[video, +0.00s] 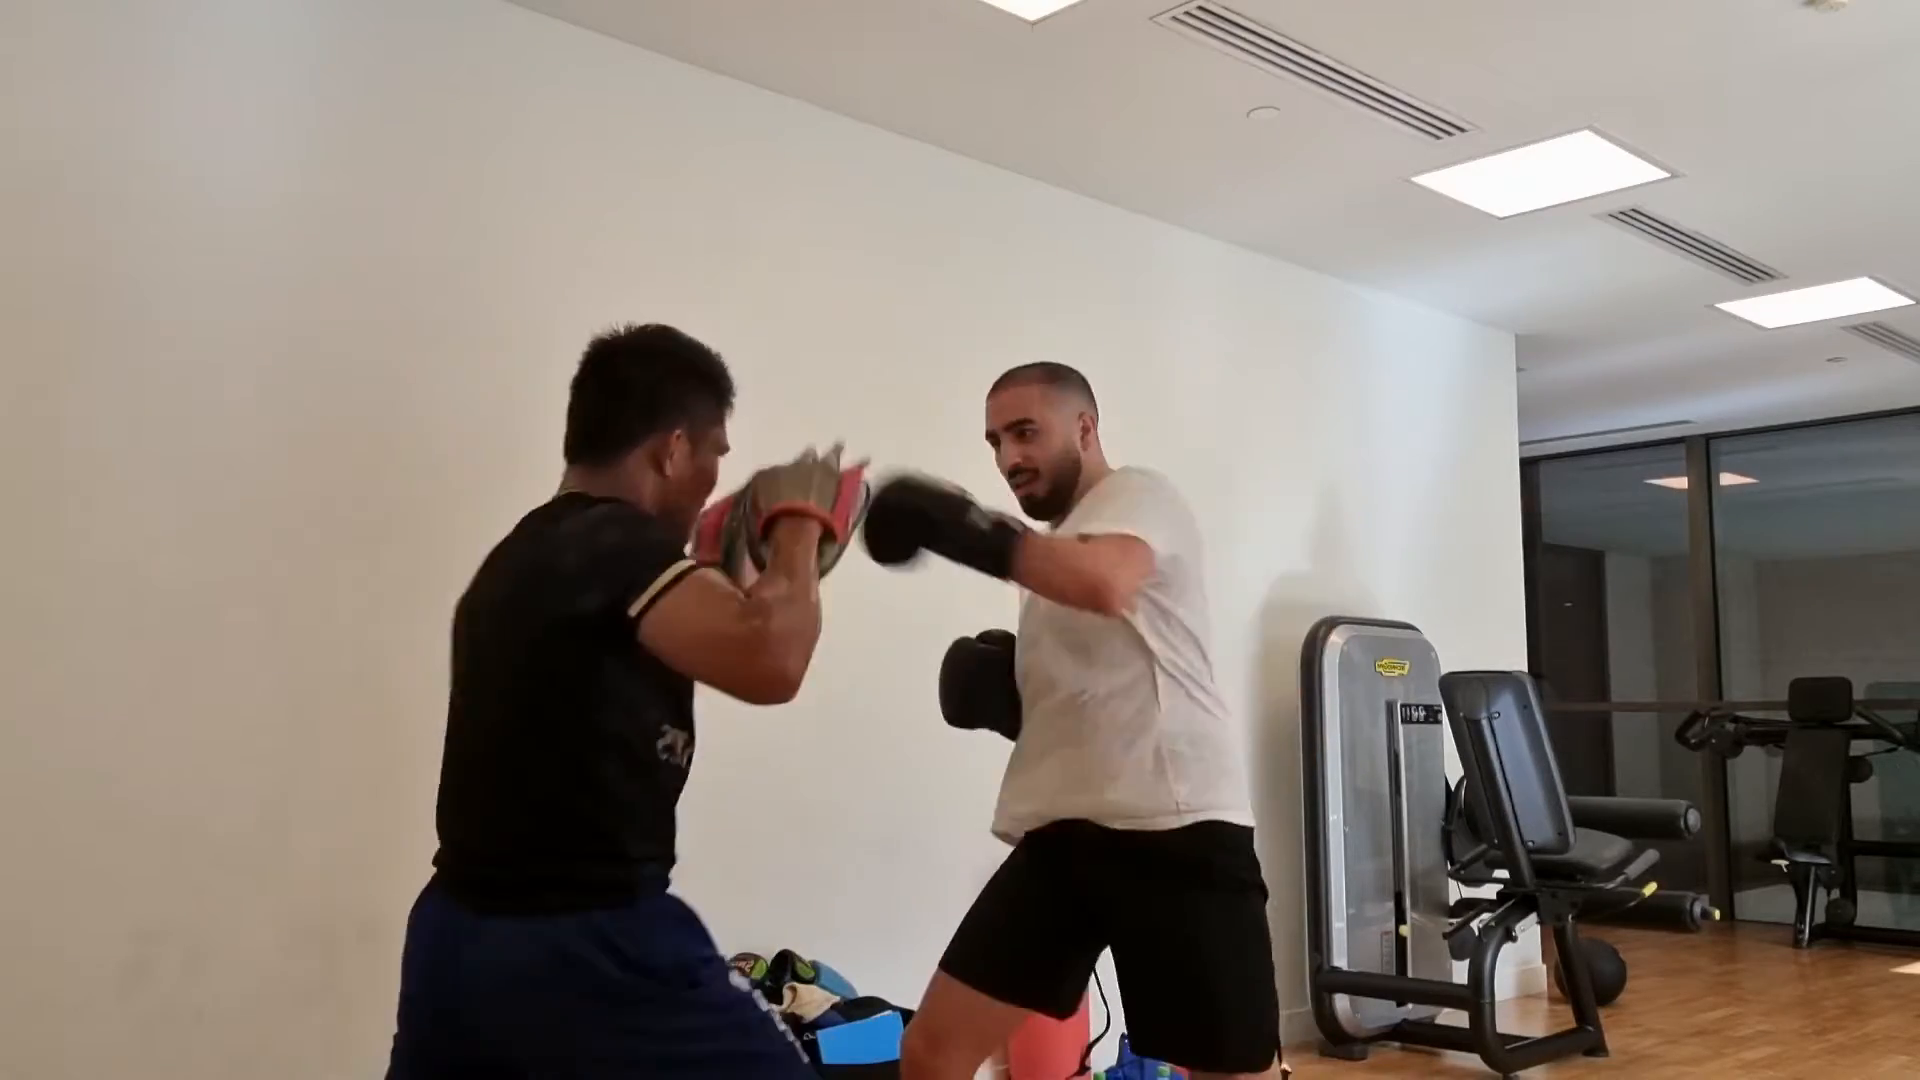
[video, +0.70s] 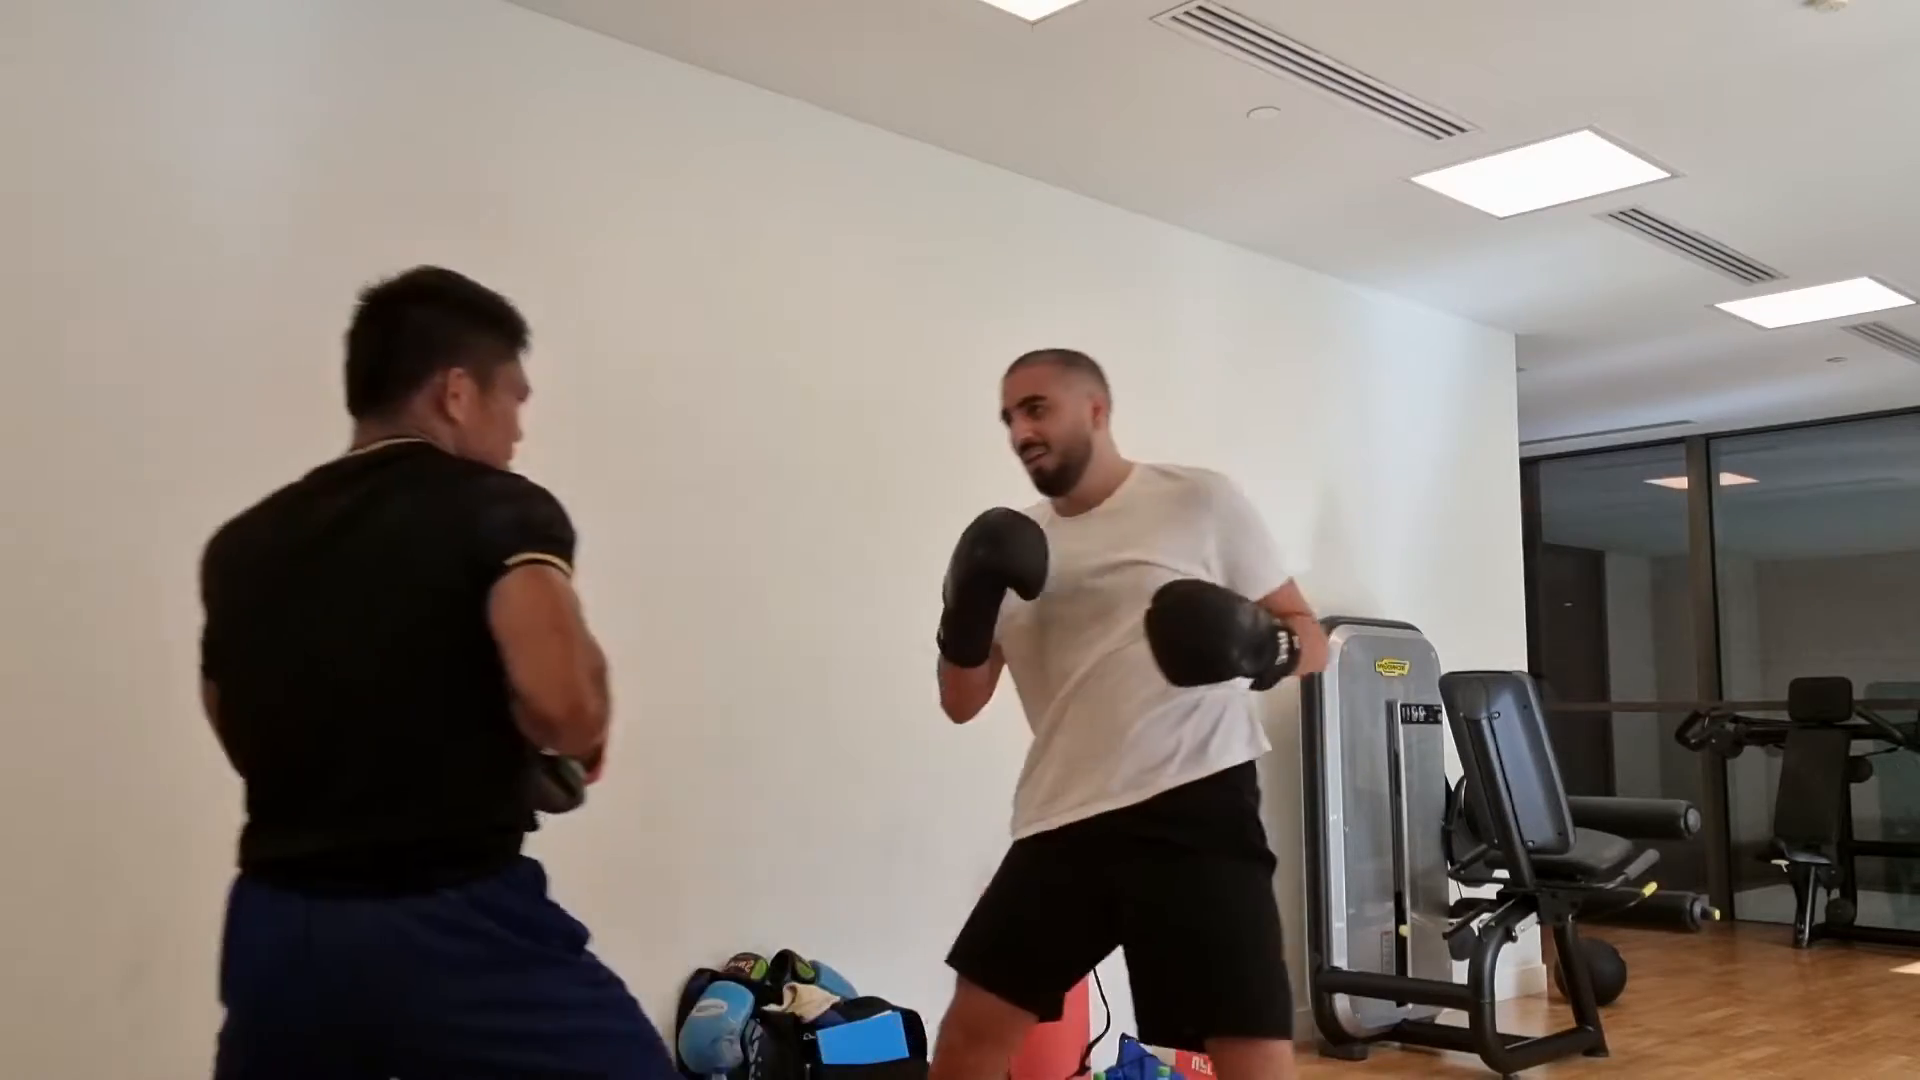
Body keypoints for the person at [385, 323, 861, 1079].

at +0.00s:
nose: (717, 477)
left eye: (721, 456)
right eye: (715, 454)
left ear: (584, 438)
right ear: (672, 450)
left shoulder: (516, 555)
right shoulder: (621, 547)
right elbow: (771, 662)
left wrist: (713, 569)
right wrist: (797, 530)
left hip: (458, 938)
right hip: (598, 949)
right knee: (772, 1062)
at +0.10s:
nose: (696, 469)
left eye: (703, 450)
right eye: (698, 448)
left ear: (564, 433)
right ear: (660, 435)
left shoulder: (449, 562)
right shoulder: (686, 527)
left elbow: (437, 683)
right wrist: (857, 469)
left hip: (483, 946)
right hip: (668, 943)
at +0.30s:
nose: (793, 461)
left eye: (798, 437)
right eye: (793, 434)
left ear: (662, 419)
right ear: (748, 431)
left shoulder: (568, 544)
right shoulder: (704, 544)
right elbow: (799, 729)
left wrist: (892, 655)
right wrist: (923, 635)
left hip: (509, 929)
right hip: (651, 947)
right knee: (816, 1065)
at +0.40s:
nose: (810, 493)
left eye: (815, 470)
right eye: (809, 467)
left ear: (677, 445)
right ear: (762, 464)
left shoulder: (581, 559)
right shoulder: (693, 565)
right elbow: (709, 765)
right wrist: (877, 711)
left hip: (509, 943)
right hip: (636, 966)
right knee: (815, 1063)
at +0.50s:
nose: (721, 461)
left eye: (723, 439)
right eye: (717, 438)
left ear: (582, 436)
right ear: (674, 444)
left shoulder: (476, 579)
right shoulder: (676, 555)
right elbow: (719, 756)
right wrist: (815, 755)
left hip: (474, 963)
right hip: (634, 973)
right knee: (801, 1061)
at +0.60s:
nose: (615, 438)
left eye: (617, 415)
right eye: (610, 415)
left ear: (468, 415)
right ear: (557, 417)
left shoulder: (350, 565)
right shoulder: (601, 525)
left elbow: (345, 774)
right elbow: (649, 695)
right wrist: (693, 754)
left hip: (392, 965)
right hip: (572, 963)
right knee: (701, 1057)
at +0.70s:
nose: (519, 427)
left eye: (522, 402)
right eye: (514, 400)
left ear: (368, 400)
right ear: (455, 395)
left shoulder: (243, 542)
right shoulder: (500, 504)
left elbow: (241, 732)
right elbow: (561, 699)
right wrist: (579, 742)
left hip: (279, 950)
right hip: (466, 945)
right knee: (632, 1061)